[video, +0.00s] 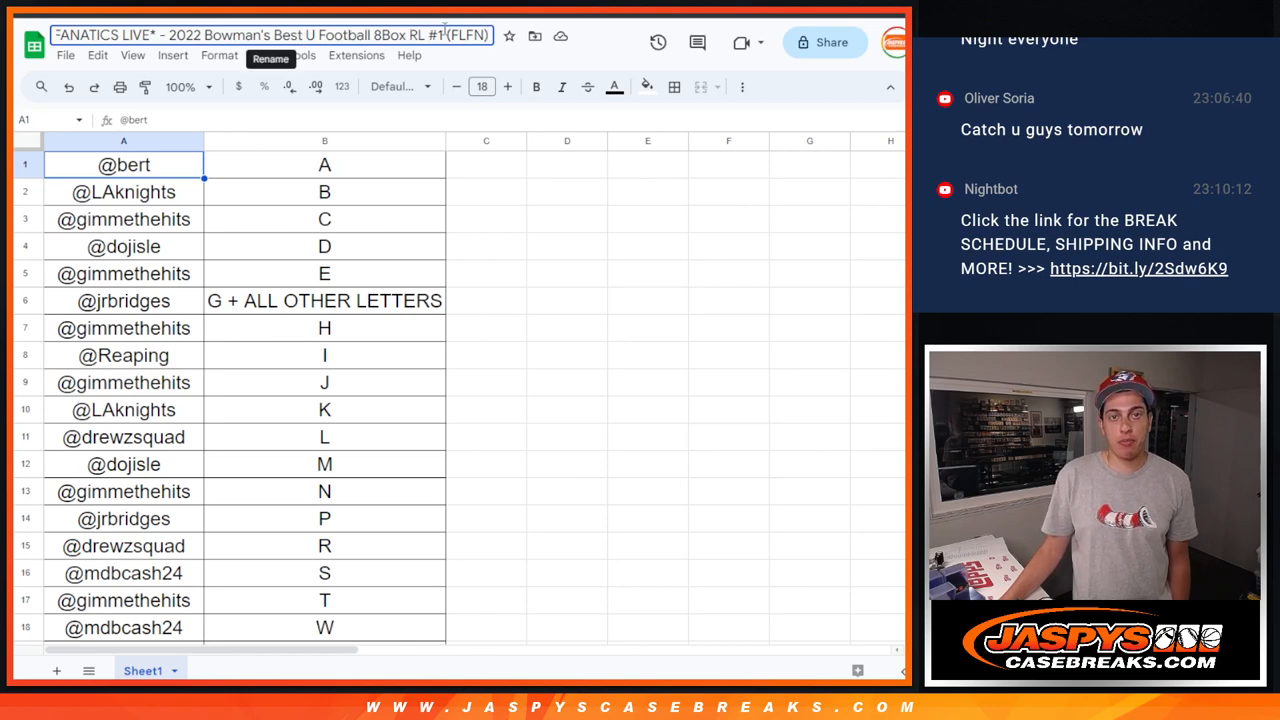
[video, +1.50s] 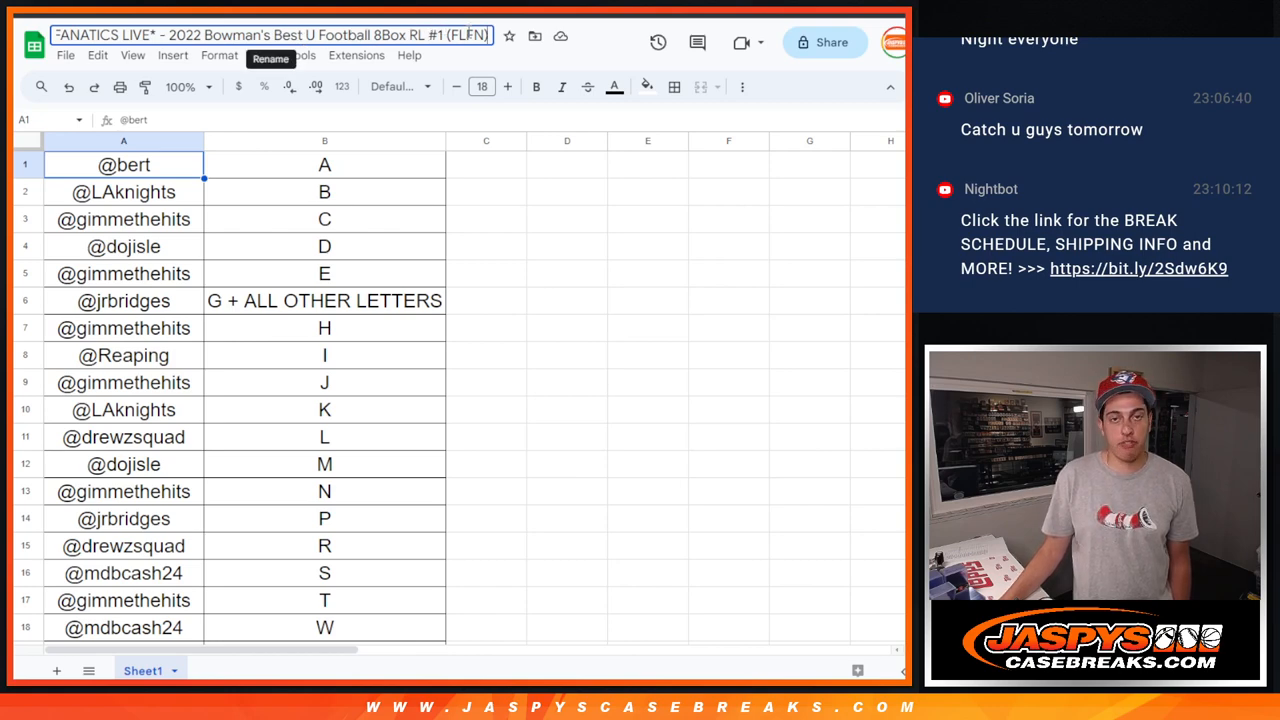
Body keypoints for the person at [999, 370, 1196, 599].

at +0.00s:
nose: (1125, 427)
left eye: (1135, 415)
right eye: (1114, 416)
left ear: (1150, 421)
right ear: (1101, 425)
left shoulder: (1175, 481)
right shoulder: (1074, 476)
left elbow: (1179, 557)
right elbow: (1051, 549)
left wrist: (1179, 611)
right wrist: (1007, 600)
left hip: (1153, 608)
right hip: (1090, 608)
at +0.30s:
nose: (1126, 427)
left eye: (1135, 415)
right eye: (1114, 416)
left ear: (1150, 421)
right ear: (1102, 425)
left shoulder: (1175, 481)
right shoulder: (1074, 476)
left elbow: (1179, 558)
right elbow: (1051, 549)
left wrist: (1180, 611)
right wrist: (1007, 600)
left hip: (1153, 608)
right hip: (1090, 609)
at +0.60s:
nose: (1126, 428)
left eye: (1136, 415)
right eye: (1114, 417)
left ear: (1150, 422)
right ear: (1102, 425)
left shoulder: (1175, 481)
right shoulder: (1074, 475)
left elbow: (1179, 557)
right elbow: (1051, 549)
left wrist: (1180, 611)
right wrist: (1007, 600)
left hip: (1153, 605)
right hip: (1090, 606)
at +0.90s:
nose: (1121, 429)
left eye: (1132, 416)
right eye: (1111, 418)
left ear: (1150, 422)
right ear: (1102, 424)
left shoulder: (1175, 481)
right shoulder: (1074, 475)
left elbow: (1179, 557)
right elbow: (1052, 549)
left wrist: (1180, 609)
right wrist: (1007, 600)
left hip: (1153, 607)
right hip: (1090, 608)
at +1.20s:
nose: (1121, 429)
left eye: (1132, 417)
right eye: (1111, 418)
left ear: (1150, 422)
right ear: (1101, 424)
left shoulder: (1175, 481)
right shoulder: (1074, 475)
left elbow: (1179, 558)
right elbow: (1052, 549)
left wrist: (1180, 610)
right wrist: (1007, 599)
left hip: (1153, 608)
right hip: (1089, 608)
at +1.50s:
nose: (1126, 429)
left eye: (1136, 416)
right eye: (1115, 418)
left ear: (1150, 421)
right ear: (1101, 425)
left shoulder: (1176, 481)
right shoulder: (1074, 476)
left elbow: (1180, 557)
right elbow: (1052, 550)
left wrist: (1180, 611)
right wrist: (1007, 599)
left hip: (1153, 606)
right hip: (1090, 606)